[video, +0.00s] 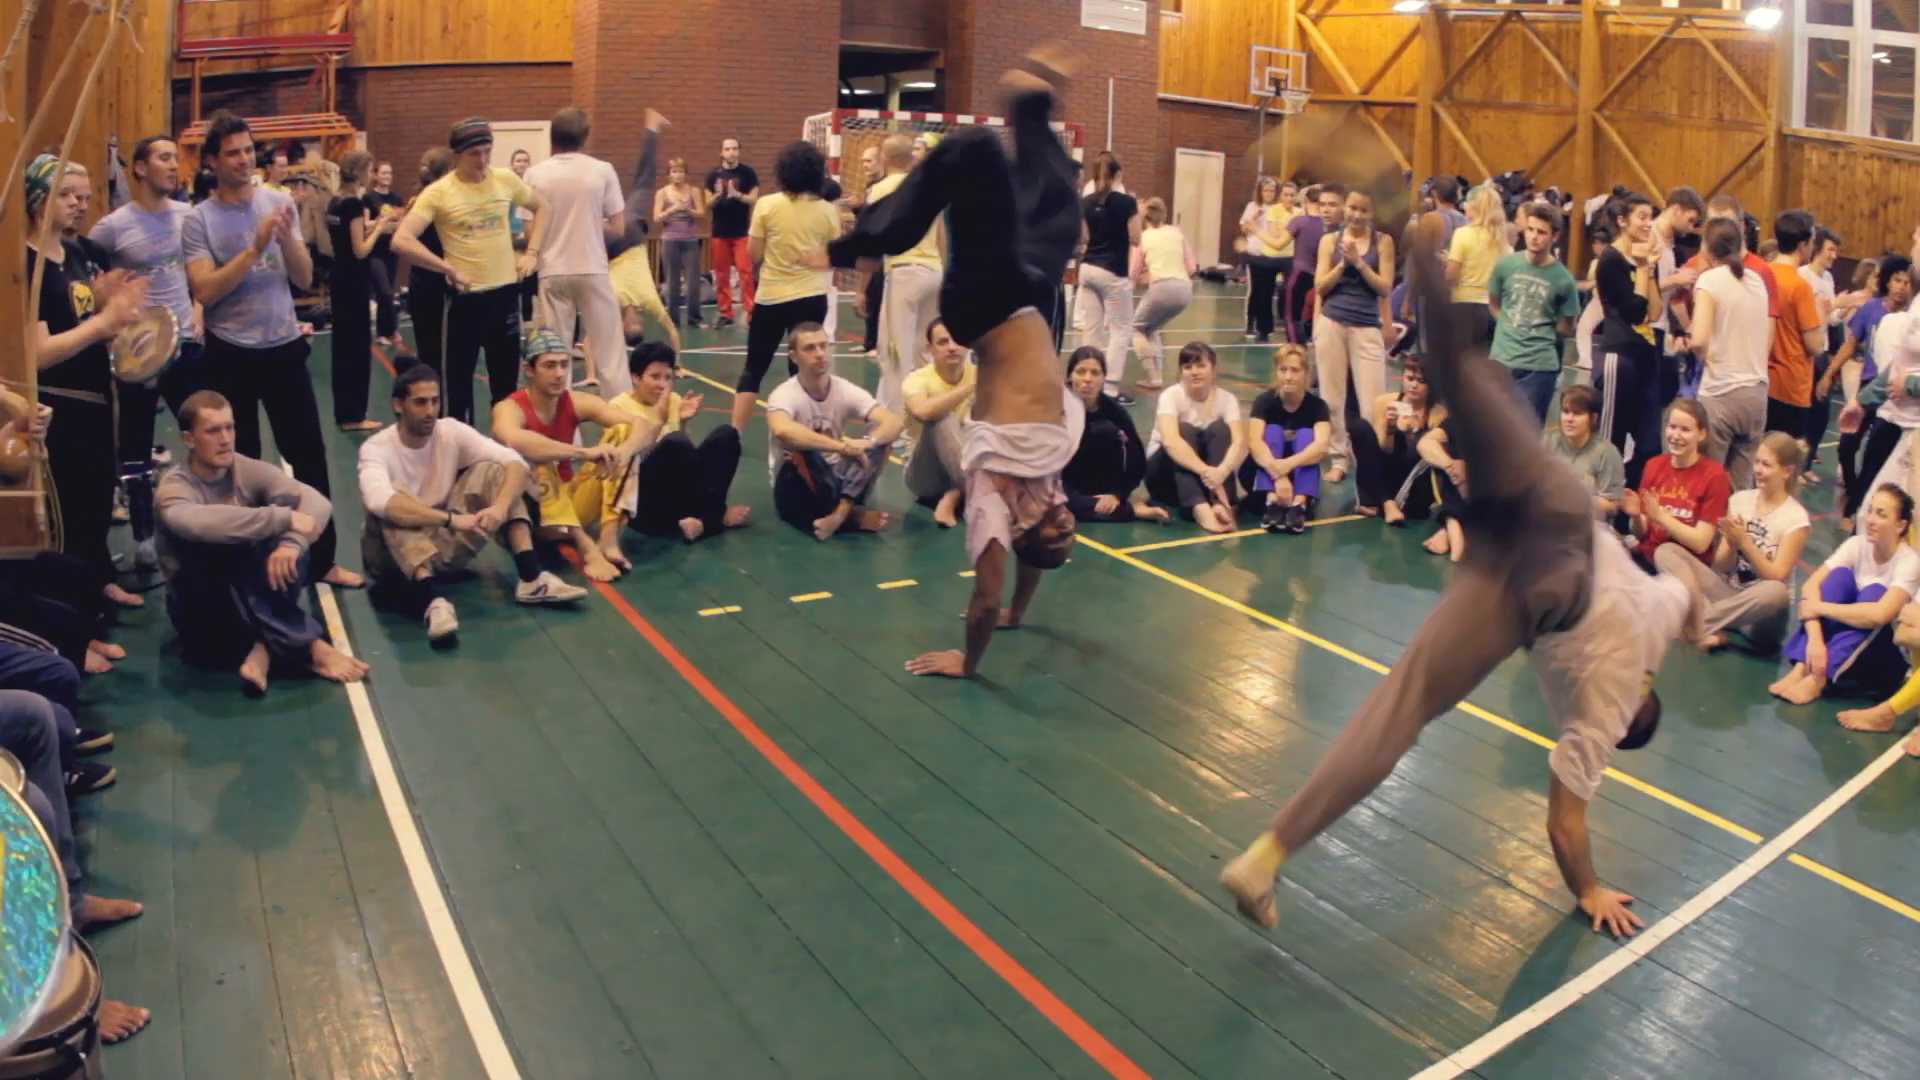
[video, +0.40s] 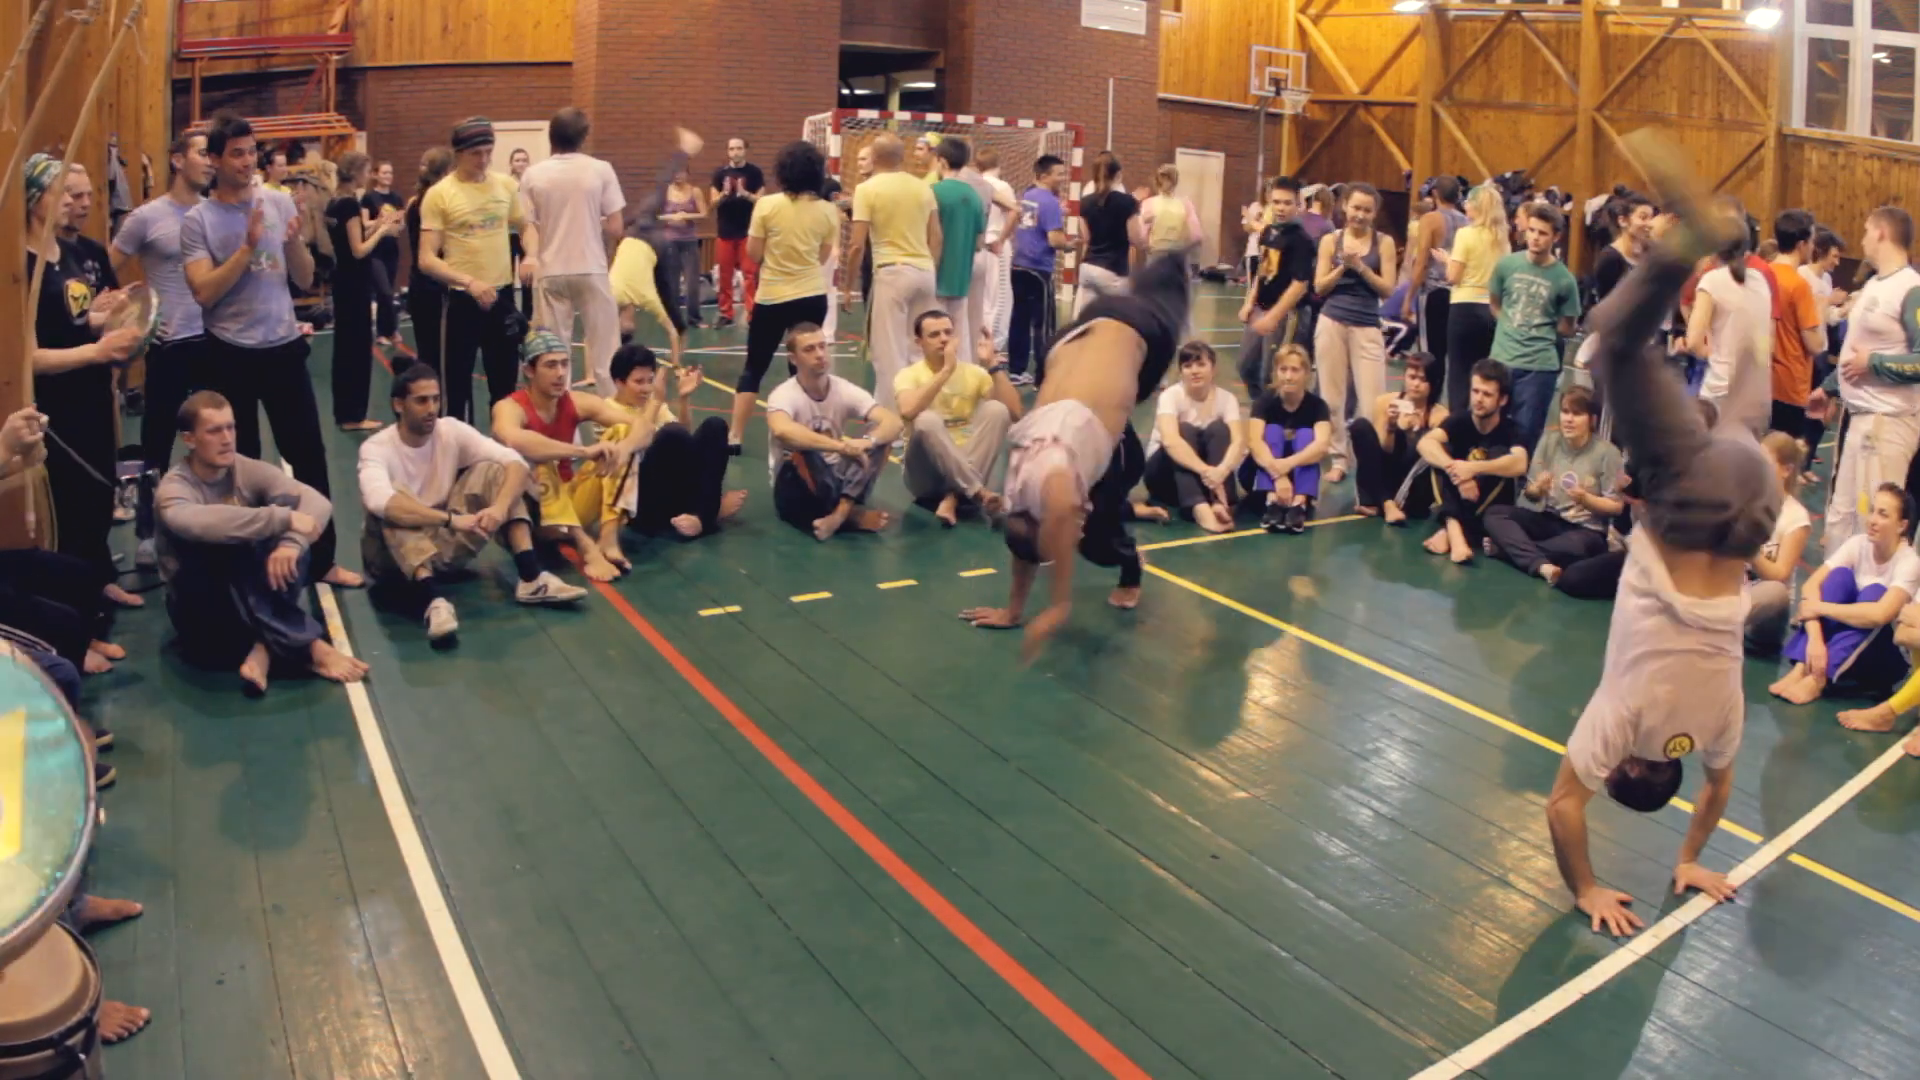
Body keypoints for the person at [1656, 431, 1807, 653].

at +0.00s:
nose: (1757, 470)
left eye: (1766, 465)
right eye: (1757, 462)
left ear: (1787, 472)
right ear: (1753, 461)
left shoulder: (1796, 517)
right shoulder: (1739, 500)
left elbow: (1777, 575)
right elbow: (1720, 565)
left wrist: (1742, 541)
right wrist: (1731, 541)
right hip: (1726, 589)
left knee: (1774, 592)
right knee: (1666, 552)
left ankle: (1691, 624)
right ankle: (1705, 631)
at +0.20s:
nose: (1757, 469)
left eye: (1766, 464)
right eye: (1756, 462)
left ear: (1787, 471)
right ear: (1753, 461)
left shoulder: (1797, 516)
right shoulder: (1739, 499)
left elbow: (1777, 574)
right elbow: (1720, 566)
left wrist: (1741, 538)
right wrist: (1730, 539)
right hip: (1728, 590)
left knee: (1774, 592)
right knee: (1685, 566)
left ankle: (1695, 622)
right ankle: (1709, 631)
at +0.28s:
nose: (1757, 469)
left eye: (1766, 464)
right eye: (1757, 462)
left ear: (1786, 471)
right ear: (1752, 461)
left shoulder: (1797, 517)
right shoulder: (1740, 499)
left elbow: (1777, 574)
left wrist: (1740, 538)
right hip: (1725, 581)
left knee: (1773, 592)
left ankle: (1706, 618)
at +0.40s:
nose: (1759, 471)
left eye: (1766, 465)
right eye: (1758, 463)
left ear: (1786, 471)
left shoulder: (1796, 515)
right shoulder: (1743, 499)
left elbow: (1780, 573)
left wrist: (1747, 549)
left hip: (1759, 584)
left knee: (1774, 591)